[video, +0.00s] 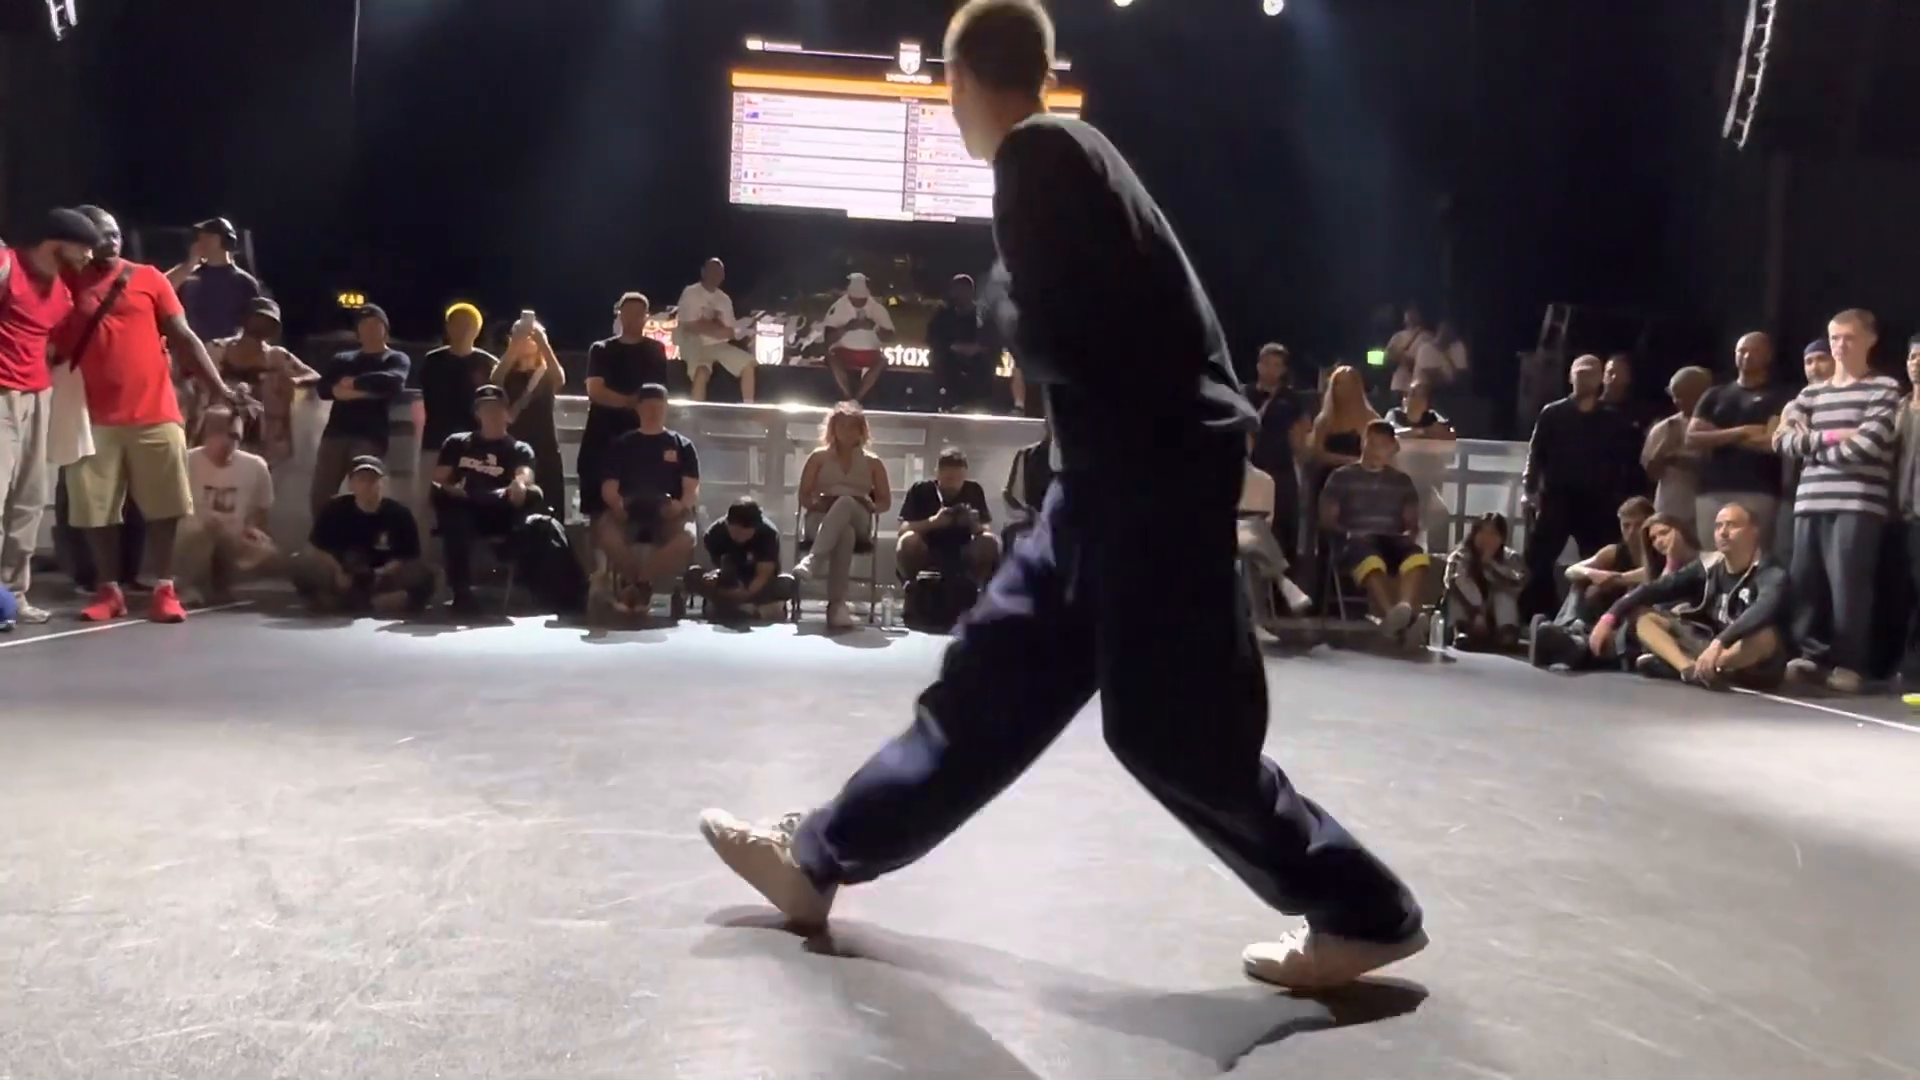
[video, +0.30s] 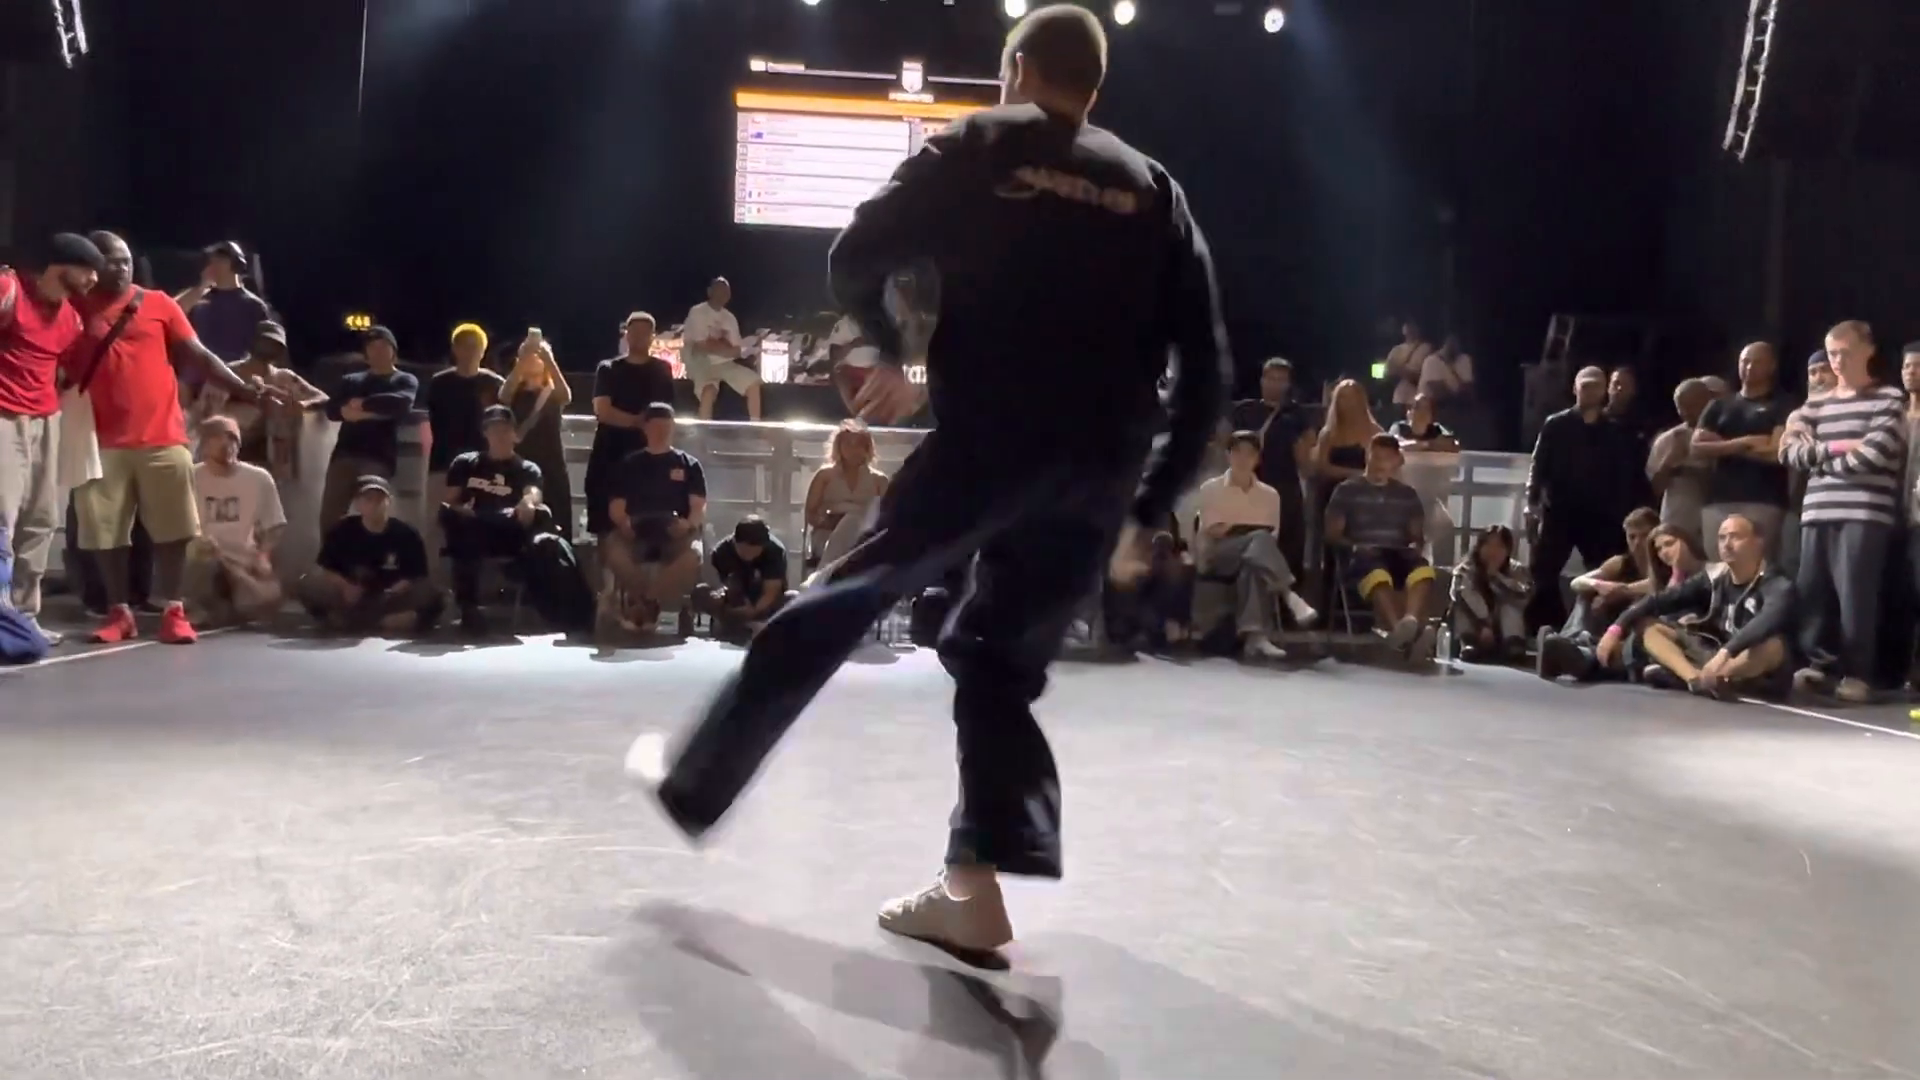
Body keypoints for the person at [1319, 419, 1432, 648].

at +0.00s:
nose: (1376, 450)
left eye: (1383, 445)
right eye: (1373, 444)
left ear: (1393, 449)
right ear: (1364, 444)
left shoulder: (1402, 480)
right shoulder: (1341, 477)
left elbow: (1412, 524)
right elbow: (1327, 521)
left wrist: (1406, 536)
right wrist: (1352, 535)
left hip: (1393, 537)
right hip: (1359, 536)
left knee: (1417, 558)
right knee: (1371, 563)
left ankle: (1403, 614)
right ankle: (1397, 622)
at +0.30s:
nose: (1380, 463)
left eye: (1387, 458)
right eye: (1376, 457)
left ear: (1397, 462)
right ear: (1368, 458)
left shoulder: (1407, 494)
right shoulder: (1347, 490)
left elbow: (1417, 537)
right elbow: (1332, 534)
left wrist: (1413, 549)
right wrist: (1357, 548)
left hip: (1400, 550)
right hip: (1366, 549)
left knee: (1424, 573)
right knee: (1379, 579)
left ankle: (1409, 627)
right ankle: (1403, 637)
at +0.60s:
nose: (1381, 463)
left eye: (1387, 458)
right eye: (1376, 457)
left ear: (1397, 461)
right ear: (1368, 458)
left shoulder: (1408, 494)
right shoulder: (1347, 490)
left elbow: (1418, 537)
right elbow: (1333, 534)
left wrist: (1414, 548)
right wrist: (1357, 548)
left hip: (1400, 551)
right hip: (1367, 549)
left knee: (1425, 572)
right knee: (1379, 578)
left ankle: (1410, 628)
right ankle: (1405, 637)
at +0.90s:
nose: (1382, 463)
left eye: (1389, 457)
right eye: (1378, 456)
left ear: (1400, 461)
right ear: (1369, 458)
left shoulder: (1410, 494)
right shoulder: (1349, 490)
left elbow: (1421, 537)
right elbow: (1335, 534)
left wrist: (1416, 548)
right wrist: (1359, 548)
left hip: (1402, 551)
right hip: (1368, 550)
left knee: (1427, 572)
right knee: (1381, 578)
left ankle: (1412, 629)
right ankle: (1409, 638)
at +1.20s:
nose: (1385, 461)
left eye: (1392, 455)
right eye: (1380, 454)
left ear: (1403, 460)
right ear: (1373, 456)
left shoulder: (1414, 492)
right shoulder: (1352, 489)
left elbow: (1424, 534)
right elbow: (1338, 532)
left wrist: (1419, 546)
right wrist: (1362, 545)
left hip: (1405, 549)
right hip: (1372, 547)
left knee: (1430, 570)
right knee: (1385, 577)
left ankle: (1415, 628)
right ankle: (1411, 637)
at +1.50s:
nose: (1389, 462)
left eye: (1396, 457)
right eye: (1385, 455)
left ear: (1408, 461)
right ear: (1378, 457)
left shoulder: (1418, 493)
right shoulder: (1357, 490)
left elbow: (1428, 536)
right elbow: (1343, 533)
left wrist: (1424, 548)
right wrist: (1367, 547)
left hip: (1409, 551)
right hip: (1376, 549)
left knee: (1434, 571)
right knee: (1389, 577)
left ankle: (1420, 629)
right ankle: (1416, 637)